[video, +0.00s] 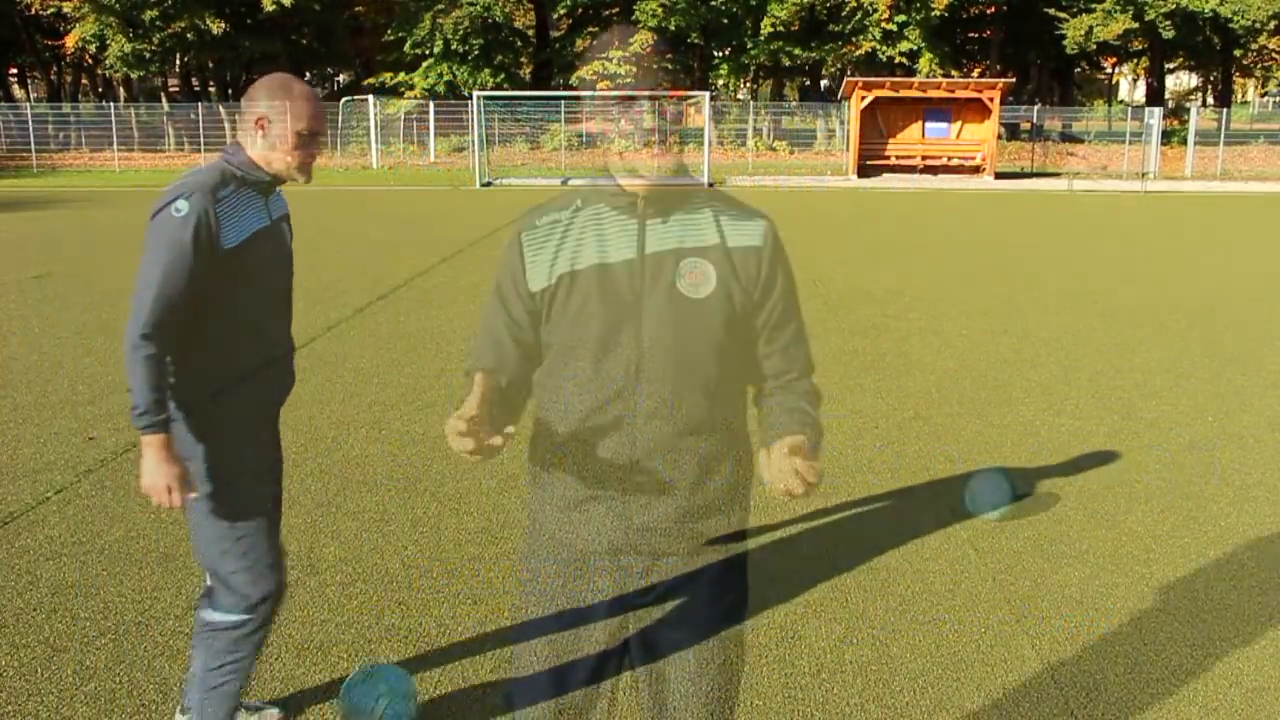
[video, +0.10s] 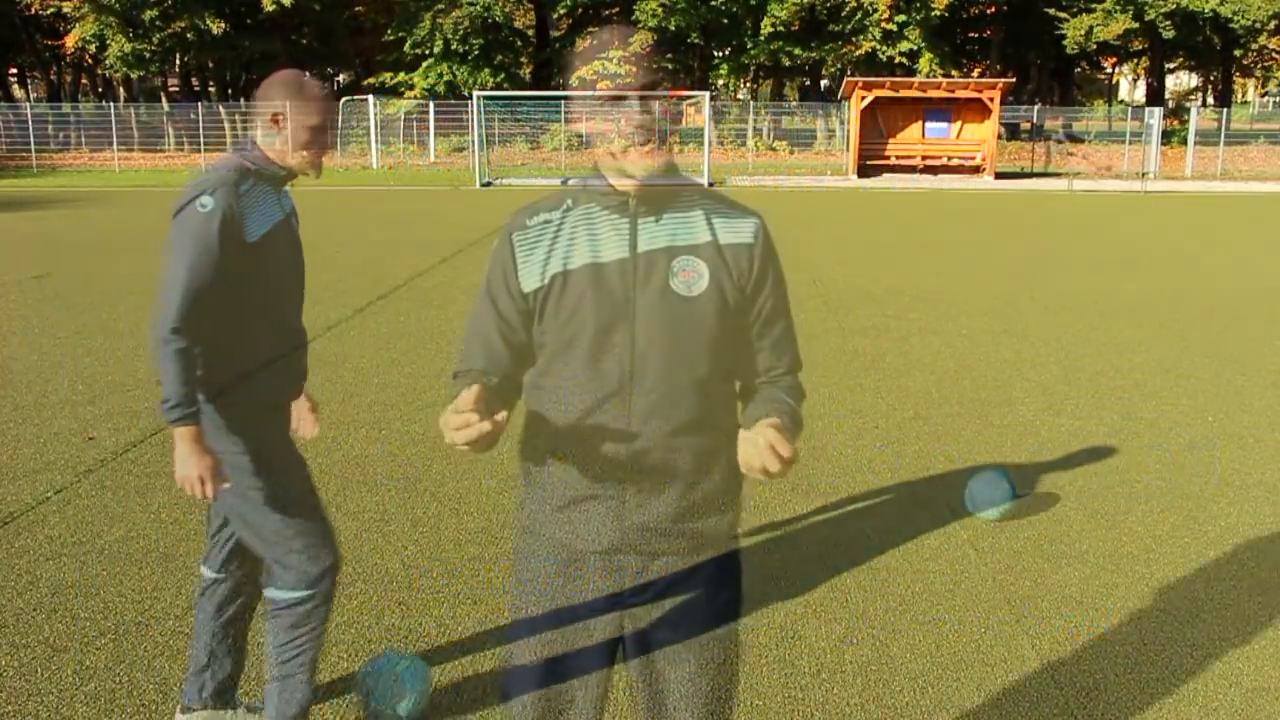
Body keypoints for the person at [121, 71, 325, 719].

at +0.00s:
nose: (316, 150)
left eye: (319, 137)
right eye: (305, 138)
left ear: (275, 132)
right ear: (261, 129)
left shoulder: (265, 194)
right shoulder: (194, 207)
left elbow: (245, 313)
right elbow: (144, 334)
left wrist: (261, 401)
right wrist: (154, 442)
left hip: (256, 415)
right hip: (212, 425)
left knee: (247, 576)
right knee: (250, 588)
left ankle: (213, 697)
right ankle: (204, 711)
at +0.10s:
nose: (330, 143)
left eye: (331, 130)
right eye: (319, 131)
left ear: (284, 125)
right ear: (275, 123)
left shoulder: (271, 191)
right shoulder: (215, 201)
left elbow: (277, 303)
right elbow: (172, 330)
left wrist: (294, 384)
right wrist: (185, 435)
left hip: (263, 400)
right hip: (226, 410)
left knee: (233, 561)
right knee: (307, 561)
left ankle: (204, 699)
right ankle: (287, 710)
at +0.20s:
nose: (337, 147)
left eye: (338, 135)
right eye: (328, 136)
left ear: (295, 130)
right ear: (291, 127)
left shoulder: (276, 191)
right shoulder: (242, 199)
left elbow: (284, 304)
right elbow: (202, 329)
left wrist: (317, 377)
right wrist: (213, 433)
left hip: (272, 394)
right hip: (255, 399)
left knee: (235, 555)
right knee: (352, 536)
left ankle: (204, 700)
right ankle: (344, 684)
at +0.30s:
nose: (345, 136)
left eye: (346, 125)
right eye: (334, 126)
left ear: (325, 129)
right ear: (306, 129)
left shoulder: (289, 193)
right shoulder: (273, 201)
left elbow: (293, 310)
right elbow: (238, 327)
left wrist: (334, 376)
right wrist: (245, 433)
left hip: (276, 396)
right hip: (285, 399)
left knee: (244, 548)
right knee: (380, 518)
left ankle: (205, 696)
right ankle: (382, 660)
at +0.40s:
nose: (362, 136)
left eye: (362, 123)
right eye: (352, 124)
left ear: (311, 129)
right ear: (326, 128)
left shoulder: (288, 191)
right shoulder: (310, 200)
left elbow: (303, 313)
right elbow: (281, 323)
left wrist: (347, 389)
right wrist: (285, 424)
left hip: (281, 402)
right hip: (322, 405)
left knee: (255, 544)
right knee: (389, 519)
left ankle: (207, 694)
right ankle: (408, 649)